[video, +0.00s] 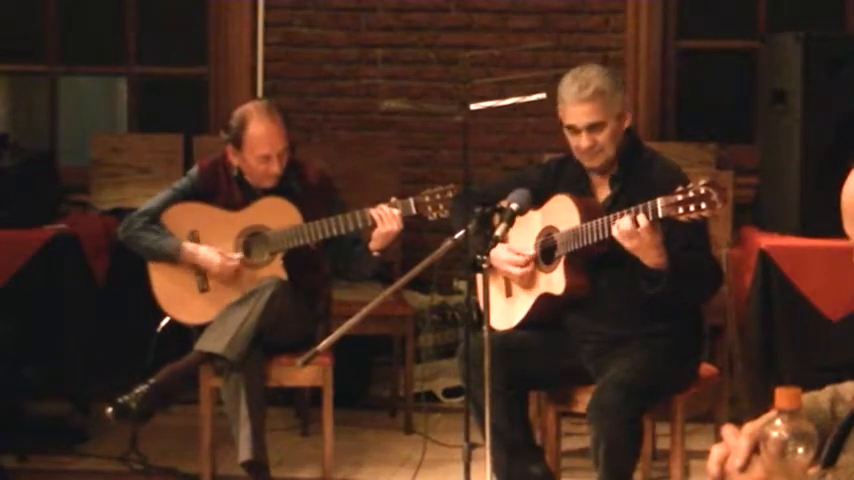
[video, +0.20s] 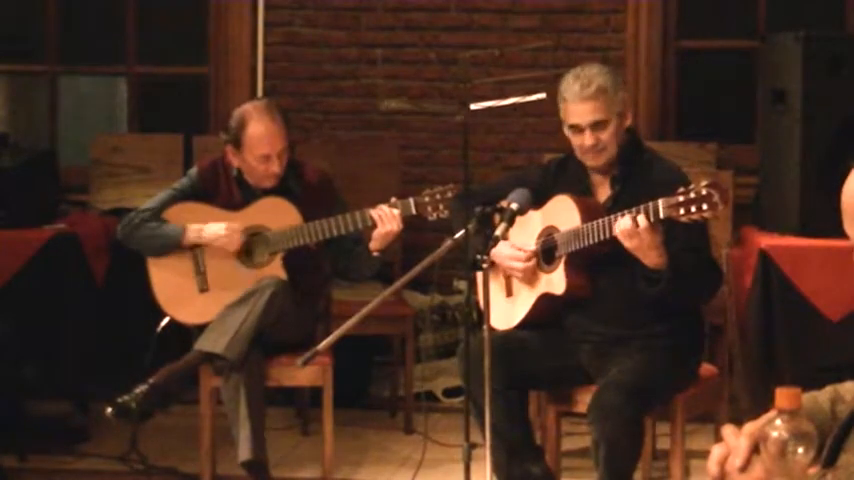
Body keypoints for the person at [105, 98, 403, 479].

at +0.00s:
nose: (276, 168)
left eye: (282, 156)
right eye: (264, 159)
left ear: (289, 145)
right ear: (234, 155)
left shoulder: (308, 184)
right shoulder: (210, 178)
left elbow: (344, 262)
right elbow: (133, 229)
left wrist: (375, 250)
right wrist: (197, 255)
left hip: (296, 315)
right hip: (229, 311)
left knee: (272, 291)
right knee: (244, 350)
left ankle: (167, 381)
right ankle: (255, 468)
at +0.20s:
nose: (276, 167)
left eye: (281, 155)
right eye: (264, 159)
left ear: (289, 143)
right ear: (234, 155)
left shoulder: (310, 183)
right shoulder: (211, 178)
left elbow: (345, 264)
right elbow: (131, 229)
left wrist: (376, 249)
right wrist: (198, 233)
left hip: (297, 314)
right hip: (228, 309)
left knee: (270, 290)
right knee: (243, 351)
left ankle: (167, 380)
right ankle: (255, 468)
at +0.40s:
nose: (277, 166)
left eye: (282, 153)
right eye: (265, 157)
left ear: (289, 143)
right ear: (234, 155)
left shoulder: (309, 183)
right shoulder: (210, 177)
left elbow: (345, 263)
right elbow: (130, 228)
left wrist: (380, 248)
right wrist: (196, 250)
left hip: (296, 316)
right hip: (229, 310)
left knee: (272, 289)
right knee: (244, 352)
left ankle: (166, 380)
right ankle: (255, 468)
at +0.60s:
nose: (276, 166)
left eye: (281, 152)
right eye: (263, 157)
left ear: (288, 141)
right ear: (233, 155)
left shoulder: (309, 183)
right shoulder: (210, 178)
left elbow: (349, 258)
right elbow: (132, 230)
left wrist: (392, 245)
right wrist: (199, 244)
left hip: (296, 315)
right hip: (229, 309)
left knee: (270, 288)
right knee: (244, 351)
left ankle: (167, 381)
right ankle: (254, 466)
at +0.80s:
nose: (278, 168)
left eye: (282, 155)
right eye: (266, 161)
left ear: (288, 144)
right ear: (235, 158)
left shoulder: (311, 183)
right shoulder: (211, 177)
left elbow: (347, 262)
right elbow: (130, 228)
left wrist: (370, 250)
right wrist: (196, 252)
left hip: (296, 315)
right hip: (230, 310)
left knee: (273, 289)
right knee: (245, 353)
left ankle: (171, 378)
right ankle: (255, 468)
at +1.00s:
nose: (280, 169)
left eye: (284, 157)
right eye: (269, 162)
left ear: (290, 145)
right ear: (238, 157)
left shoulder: (313, 183)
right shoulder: (213, 176)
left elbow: (343, 269)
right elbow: (134, 227)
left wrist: (347, 252)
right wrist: (195, 262)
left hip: (297, 315)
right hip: (228, 312)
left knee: (271, 289)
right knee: (245, 357)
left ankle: (165, 380)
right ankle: (255, 468)